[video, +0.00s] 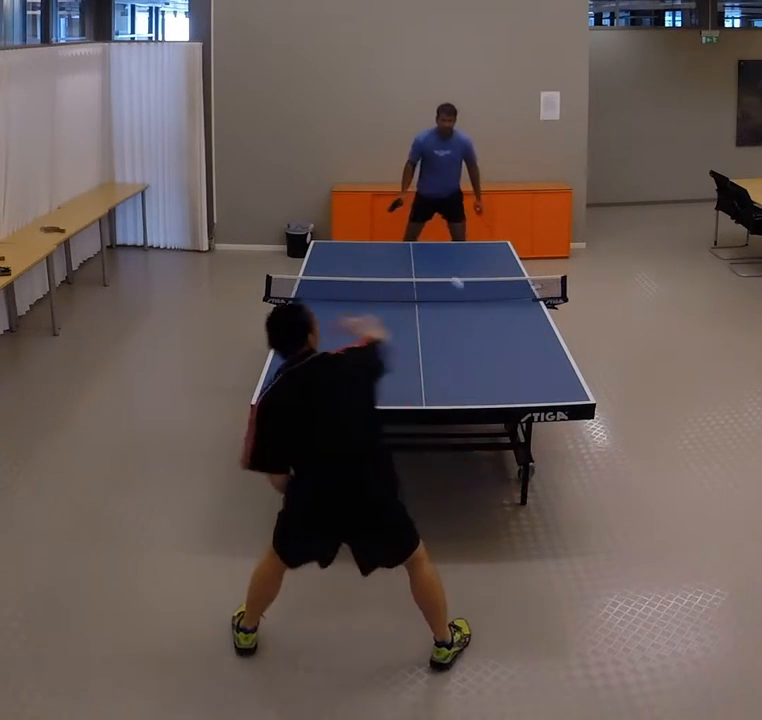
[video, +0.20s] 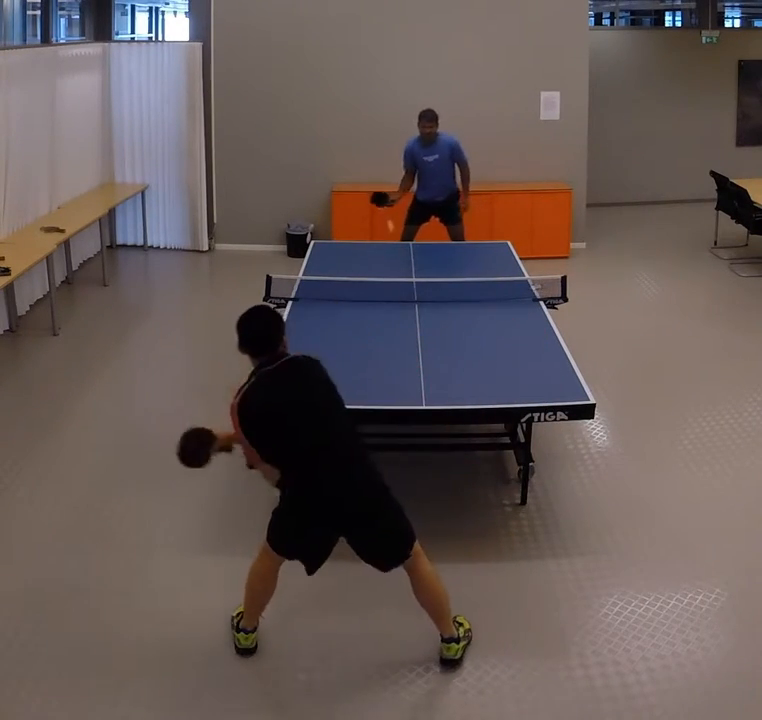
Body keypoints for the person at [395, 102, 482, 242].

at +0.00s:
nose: (446, 125)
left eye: (450, 121)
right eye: (443, 121)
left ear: (455, 122)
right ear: (437, 120)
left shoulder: (463, 142)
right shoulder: (423, 140)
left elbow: (473, 169)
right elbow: (410, 165)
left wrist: (478, 198)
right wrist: (403, 193)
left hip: (452, 198)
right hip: (425, 197)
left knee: (460, 243)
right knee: (409, 241)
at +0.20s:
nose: (427, 131)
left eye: (430, 127)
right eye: (423, 127)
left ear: (437, 127)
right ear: (418, 127)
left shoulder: (450, 144)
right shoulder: (412, 148)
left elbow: (464, 168)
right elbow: (409, 175)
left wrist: (465, 196)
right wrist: (398, 194)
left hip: (447, 199)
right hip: (422, 200)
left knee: (459, 242)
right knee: (405, 241)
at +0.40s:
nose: (425, 140)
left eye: (428, 136)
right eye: (421, 136)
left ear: (436, 134)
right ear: (417, 136)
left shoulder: (451, 148)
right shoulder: (414, 156)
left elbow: (468, 170)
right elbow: (404, 180)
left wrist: (471, 198)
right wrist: (390, 199)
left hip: (456, 198)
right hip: (431, 200)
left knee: (472, 239)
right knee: (411, 240)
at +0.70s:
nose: (474, 141)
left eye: (478, 137)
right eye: (471, 137)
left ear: (484, 137)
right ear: (465, 135)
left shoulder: (490, 155)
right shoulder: (451, 153)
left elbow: (500, 177)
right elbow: (431, 171)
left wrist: (509, 205)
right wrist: (413, 186)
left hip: (473, 204)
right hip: (447, 203)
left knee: (482, 242)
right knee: (424, 237)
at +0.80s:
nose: (481, 140)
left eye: (485, 137)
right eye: (478, 136)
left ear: (490, 137)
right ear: (472, 134)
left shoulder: (494, 158)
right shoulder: (456, 150)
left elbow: (506, 183)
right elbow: (437, 166)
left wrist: (514, 210)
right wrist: (418, 183)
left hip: (473, 204)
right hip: (447, 201)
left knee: (484, 244)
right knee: (420, 238)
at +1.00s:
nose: (471, 133)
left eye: (475, 130)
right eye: (468, 129)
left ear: (480, 130)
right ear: (462, 128)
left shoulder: (487, 152)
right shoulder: (449, 145)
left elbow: (495, 179)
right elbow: (433, 164)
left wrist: (498, 209)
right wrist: (415, 181)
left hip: (469, 201)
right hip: (444, 198)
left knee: (482, 241)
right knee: (419, 232)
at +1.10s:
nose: (457, 134)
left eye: (461, 131)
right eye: (454, 130)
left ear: (467, 131)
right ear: (449, 129)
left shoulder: (476, 151)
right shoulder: (438, 149)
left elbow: (485, 178)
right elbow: (426, 173)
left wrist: (482, 207)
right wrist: (408, 193)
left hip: (466, 201)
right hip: (440, 200)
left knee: (480, 242)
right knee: (415, 236)